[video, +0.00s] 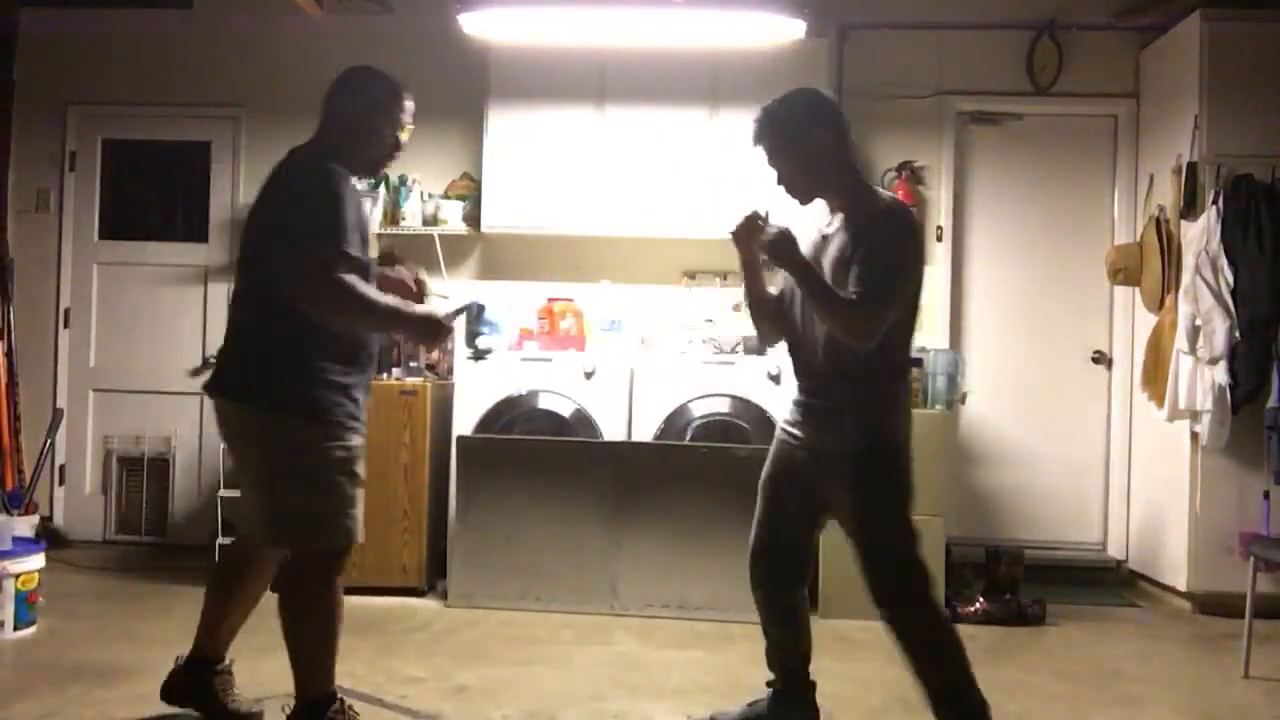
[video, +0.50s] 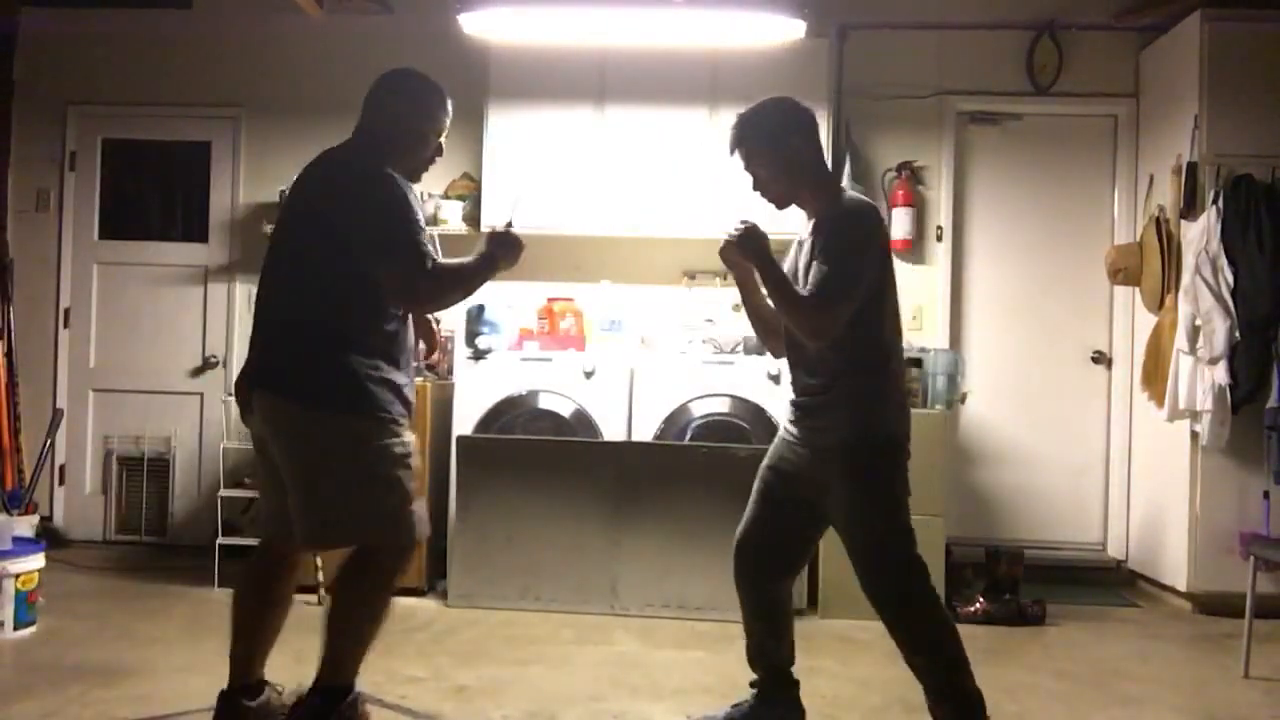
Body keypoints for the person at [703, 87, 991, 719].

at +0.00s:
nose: (776, 176)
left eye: (781, 159)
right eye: (770, 162)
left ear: (826, 143)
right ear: (809, 155)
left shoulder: (889, 224)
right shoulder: (807, 233)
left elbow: (864, 327)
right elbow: (772, 329)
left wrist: (794, 262)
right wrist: (750, 265)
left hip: (867, 440)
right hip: (800, 430)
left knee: (900, 592)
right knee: (773, 569)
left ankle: (967, 713)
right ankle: (791, 697)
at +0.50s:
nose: (752, 184)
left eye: (756, 167)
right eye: (747, 171)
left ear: (795, 153)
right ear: (794, 159)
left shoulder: (852, 218)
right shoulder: (807, 238)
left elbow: (818, 329)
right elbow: (777, 341)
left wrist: (763, 263)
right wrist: (745, 279)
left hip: (862, 438)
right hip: (805, 432)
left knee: (895, 585)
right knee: (757, 559)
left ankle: (962, 711)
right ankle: (775, 695)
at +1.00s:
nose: (796, 190)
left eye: (797, 174)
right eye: (791, 177)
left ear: (833, 157)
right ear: (844, 156)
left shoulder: (856, 233)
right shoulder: (910, 215)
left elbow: (780, 330)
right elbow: (941, 309)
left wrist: (697, 343)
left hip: (939, 427)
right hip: (901, 421)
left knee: (942, 595)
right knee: (856, 553)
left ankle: (992, 714)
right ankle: (838, 692)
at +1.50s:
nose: (843, 172)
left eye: (849, 157)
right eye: (838, 159)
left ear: (893, 146)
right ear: (856, 159)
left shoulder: (962, 222)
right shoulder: (862, 240)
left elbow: (940, 315)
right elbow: (821, 332)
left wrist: (862, 251)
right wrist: (806, 260)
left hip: (948, 435)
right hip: (877, 432)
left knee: (955, 594)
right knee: (840, 572)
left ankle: (994, 714)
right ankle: (850, 698)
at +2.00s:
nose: (838, 175)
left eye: (846, 158)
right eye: (834, 161)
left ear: (892, 149)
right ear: (870, 161)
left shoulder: (952, 230)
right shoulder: (874, 248)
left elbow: (943, 334)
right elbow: (847, 351)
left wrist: (859, 280)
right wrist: (822, 285)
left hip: (943, 439)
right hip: (878, 434)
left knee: (976, 601)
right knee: (821, 564)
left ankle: (1036, 713)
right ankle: (830, 698)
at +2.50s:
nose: (852, 184)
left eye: (858, 166)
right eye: (848, 169)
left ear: (899, 157)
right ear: (901, 162)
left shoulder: (948, 231)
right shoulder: (929, 233)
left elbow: (940, 346)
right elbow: (951, 337)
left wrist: (853, 360)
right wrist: (885, 323)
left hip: (964, 438)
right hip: (916, 435)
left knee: (986, 600)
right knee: (856, 561)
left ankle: (1057, 717)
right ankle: (837, 696)